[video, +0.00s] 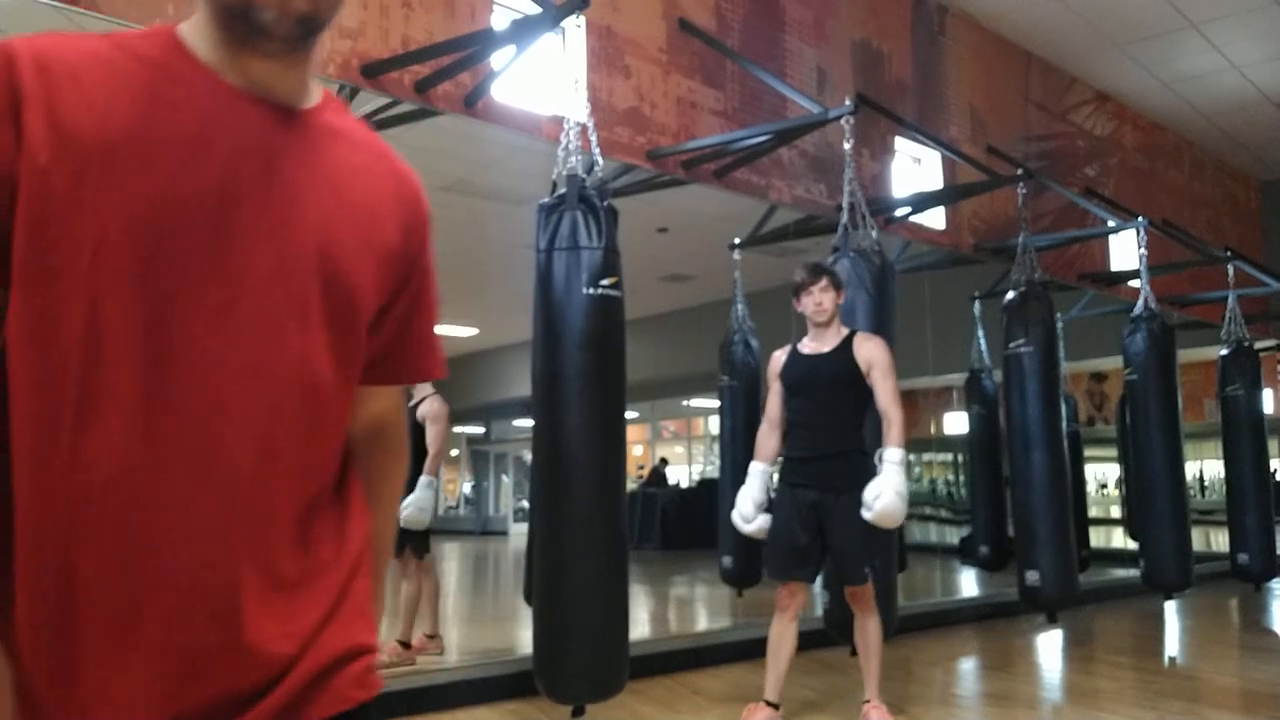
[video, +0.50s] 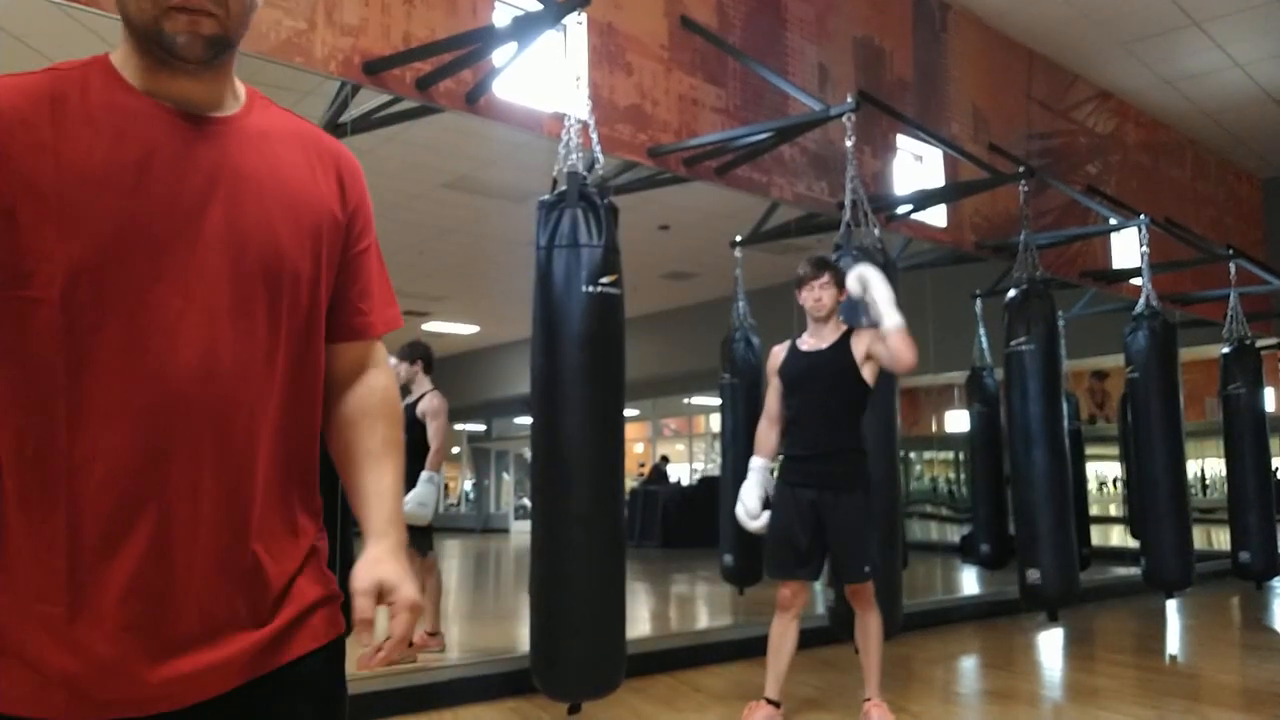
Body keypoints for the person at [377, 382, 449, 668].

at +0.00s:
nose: (405, 375)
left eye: (408, 369)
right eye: (405, 369)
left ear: (418, 372)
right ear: (417, 373)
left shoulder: (433, 405)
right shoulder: (409, 404)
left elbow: (435, 451)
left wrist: (424, 489)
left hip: (415, 489)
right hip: (404, 488)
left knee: (408, 566)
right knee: (422, 565)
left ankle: (403, 641)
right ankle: (430, 634)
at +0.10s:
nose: (401, 371)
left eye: (406, 365)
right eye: (401, 365)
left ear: (420, 366)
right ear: (416, 368)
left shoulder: (433, 404)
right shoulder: (414, 403)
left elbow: (438, 450)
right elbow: (406, 449)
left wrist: (427, 489)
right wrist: (393, 486)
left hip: (416, 489)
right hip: (404, 487)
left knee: (412, 564)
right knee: (424, 563)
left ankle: (404, 641)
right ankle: (431, 633)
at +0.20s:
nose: (398, 372)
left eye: (402, 366)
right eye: (398, 367)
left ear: (417, 367)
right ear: (418, 368)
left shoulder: (435, 401)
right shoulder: (414, 401)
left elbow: (439, 448)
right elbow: (411, 446)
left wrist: (426, 486)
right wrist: (397, 480)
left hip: (418, 484)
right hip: (406, 483)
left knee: (413, 563)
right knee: (427, 563)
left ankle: (405, 637)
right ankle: (432, 631)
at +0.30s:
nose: (397, 373)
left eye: (400, 368)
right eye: (397, 368)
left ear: (416, 369)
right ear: (415, 369)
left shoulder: (433, 403)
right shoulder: (408, 402)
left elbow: (437, 449)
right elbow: (406, 445)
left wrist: (425, 486)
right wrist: (396, 478)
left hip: (420, 483)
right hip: (403, 481)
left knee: (424, 562)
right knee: (411, 561)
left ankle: (431, 630)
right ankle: (412, 628)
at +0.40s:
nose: (396, 374)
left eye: (399, 368)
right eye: (396, 369)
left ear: (415, 370)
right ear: (415, 370)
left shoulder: (432, 404)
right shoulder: (409, 402)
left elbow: (437, 449)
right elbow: (409, 446)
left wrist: (426, 486)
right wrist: (397, 480)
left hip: (419, 486)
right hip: (404, 483)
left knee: (424, 562)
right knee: (410, 560)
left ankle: (431, 632)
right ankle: (409, 632)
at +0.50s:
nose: (396, 371)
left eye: (400, 365)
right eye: (395, 365)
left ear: (417, 366)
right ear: (415, 367)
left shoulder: (433, 401)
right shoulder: (409, 401)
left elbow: (437, 447)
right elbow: (406, 444)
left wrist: (425, 485)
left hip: (420, 483)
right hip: (404, 481)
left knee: (419, 558)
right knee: (418, 559)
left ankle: (430, 630)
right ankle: (425, 630)